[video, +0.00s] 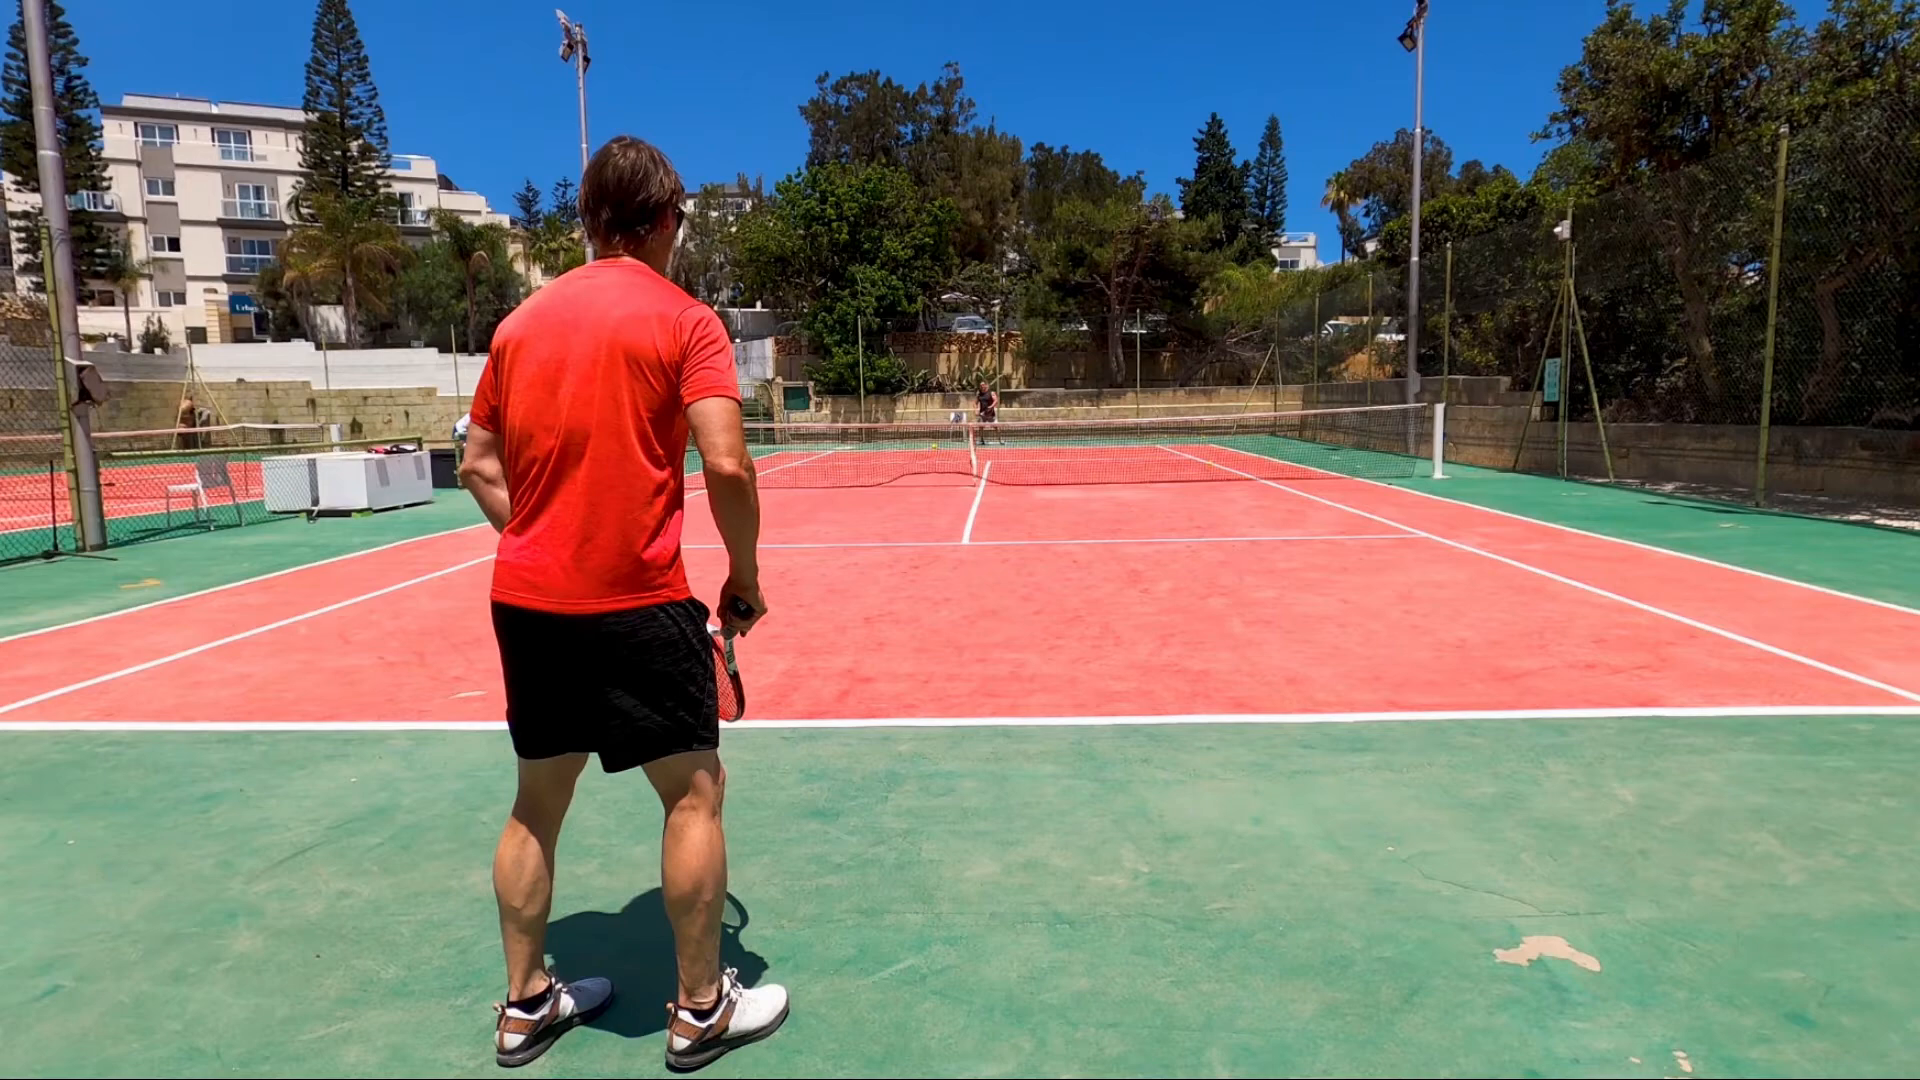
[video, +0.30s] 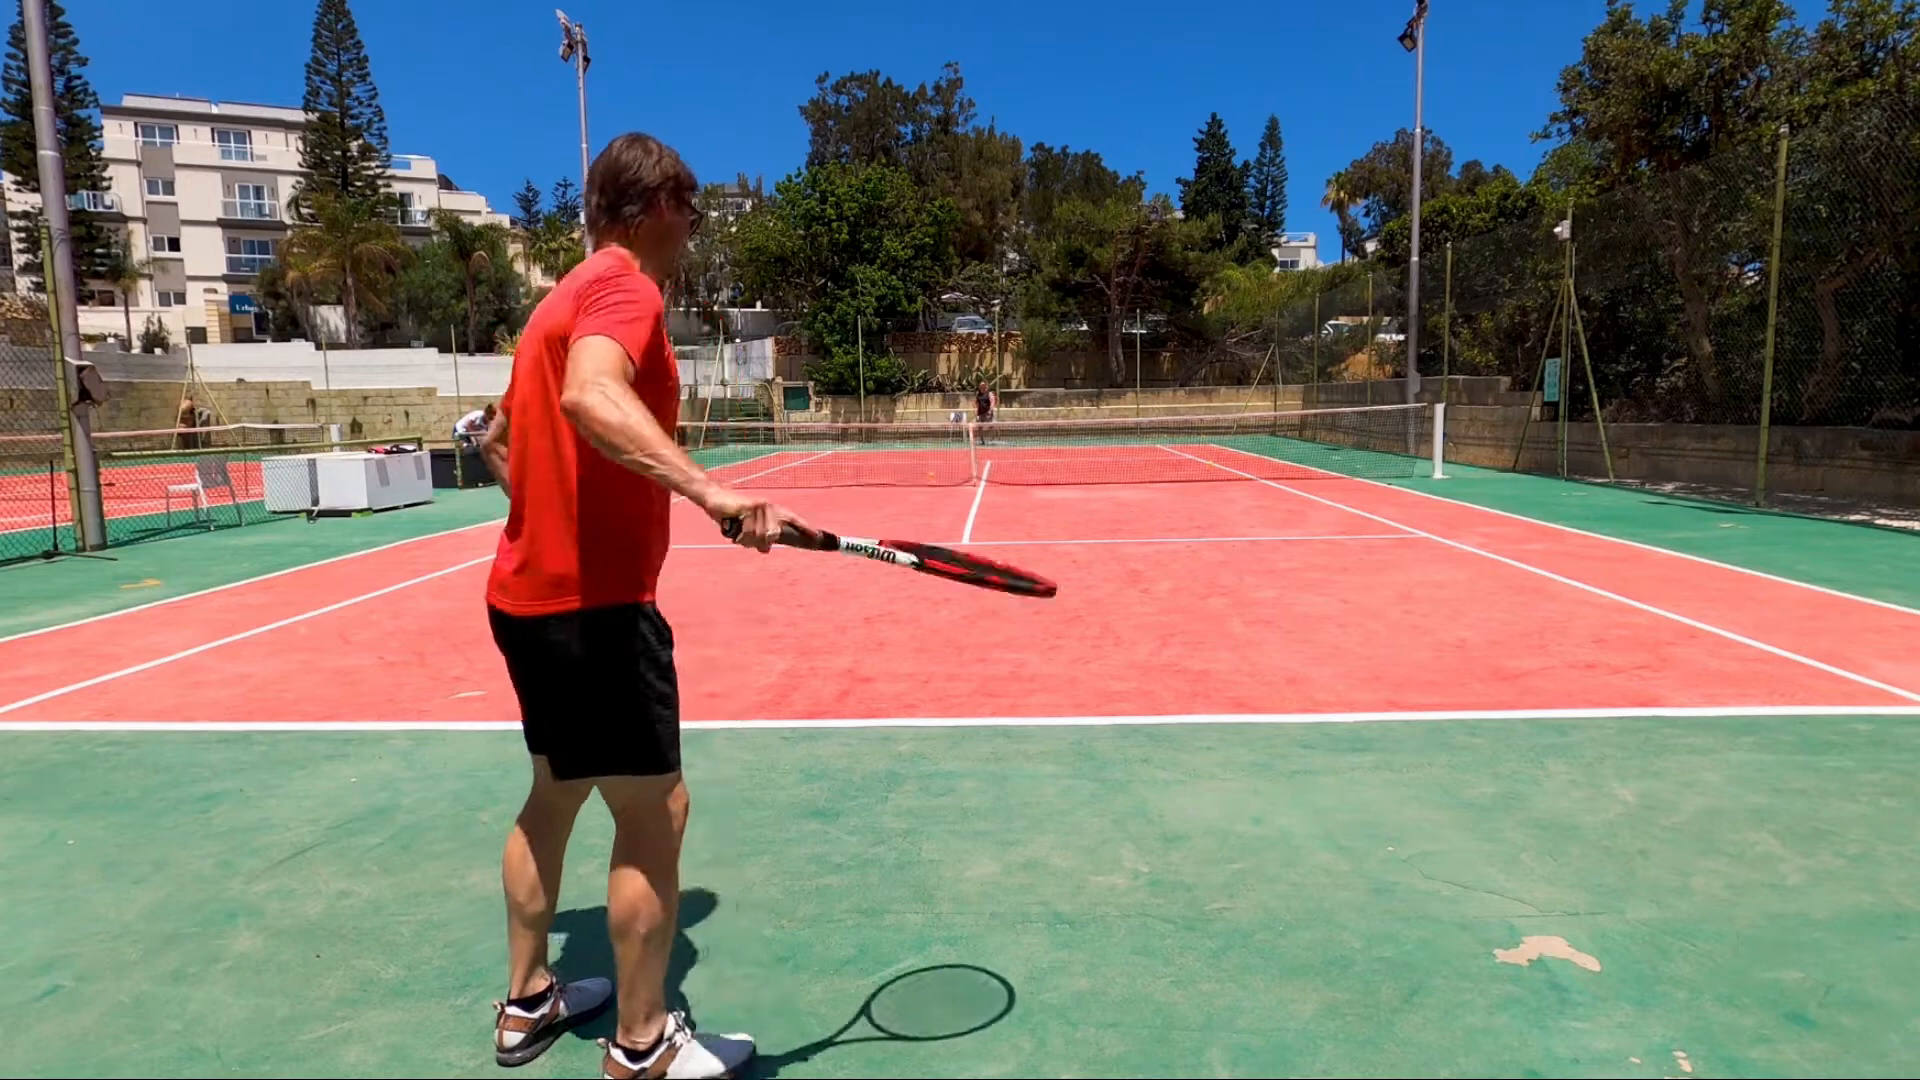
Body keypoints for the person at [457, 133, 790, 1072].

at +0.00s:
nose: (680, 234)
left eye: (678, 221)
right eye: (679, 220)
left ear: (587, 220)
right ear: (665, 221)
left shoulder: (524, 320)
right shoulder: (686, 318)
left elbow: (479, 462)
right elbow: (726, 466)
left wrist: (540, 544)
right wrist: (745, 572)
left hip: (529, 601)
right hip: (641, 601)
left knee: (536, 799)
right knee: (693, 793)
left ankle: (523, 1002)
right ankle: (700, 1006)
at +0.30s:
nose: (692, 229)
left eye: (691, 211)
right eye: (688, 210)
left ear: (603, 212)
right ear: (658, 208)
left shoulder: (559, 303)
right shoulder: (623, 287)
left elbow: (500, 446)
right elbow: (591, 394)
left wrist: (581, 520)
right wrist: (711, 490)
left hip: (528, 599)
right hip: (599, 606)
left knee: (554, 787)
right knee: (653, 808)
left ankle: (527, 996)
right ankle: (645, 1040)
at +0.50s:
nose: (716, 254)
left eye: (720, 235)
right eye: (714, 232)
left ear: (657, 213)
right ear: (675, 216)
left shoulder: (643, 303)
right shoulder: (596, 284)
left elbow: (614, 447)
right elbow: (476, 366)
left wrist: (665, 540)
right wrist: (571, 351)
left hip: (588, 592)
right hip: (603, 596)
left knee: (579, 788)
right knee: (652, 817)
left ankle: (529, 990)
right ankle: (642, 1042)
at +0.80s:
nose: (774, 272)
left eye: (780, 254)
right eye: (775, 250)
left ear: (718, 231)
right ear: (734, 236)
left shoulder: (683, 317)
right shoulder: (625, 320)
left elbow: (672, 419)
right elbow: (534, 419)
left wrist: (759, 461)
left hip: (605, 601)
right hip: (598, 611)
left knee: (588, 782)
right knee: (662, 817)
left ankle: (527, 987)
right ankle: (641, 1043)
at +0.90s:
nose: (788, 286)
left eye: (796, 268)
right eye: (791, 264)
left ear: (723, 235)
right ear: (753, 245)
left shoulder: (660, 306)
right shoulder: (654, 361)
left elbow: (653, 429)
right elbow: (613, 534)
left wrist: (731, 467)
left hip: (574, 600)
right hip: (599, 617)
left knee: (577, 787)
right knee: (668, 820)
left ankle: (524, 981)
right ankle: (645, 1044)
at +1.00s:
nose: (796, 284)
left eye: (803, 266)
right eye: (798, 262)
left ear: (719, 231)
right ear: (761, 247)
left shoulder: (625, 298)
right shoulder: (703, 400)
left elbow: (600, 431)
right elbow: (705, 571)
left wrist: (705, 478)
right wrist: (810, 638)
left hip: (542, 590)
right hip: (609, 619)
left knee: (583, 776)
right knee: (676, 819)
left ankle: (526, 971)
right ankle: (644, 1044)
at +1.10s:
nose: (803, 270)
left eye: (811, 251)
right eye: (806, 248)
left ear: (715, 218)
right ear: (773, 238)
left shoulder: (603, 290)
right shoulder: (747, 391)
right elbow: (758, 542)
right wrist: (811, 530)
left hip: (531, 596)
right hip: (628, 623)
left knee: (571, 774)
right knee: (684, 821)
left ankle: (524, 961)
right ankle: (645, 1043)